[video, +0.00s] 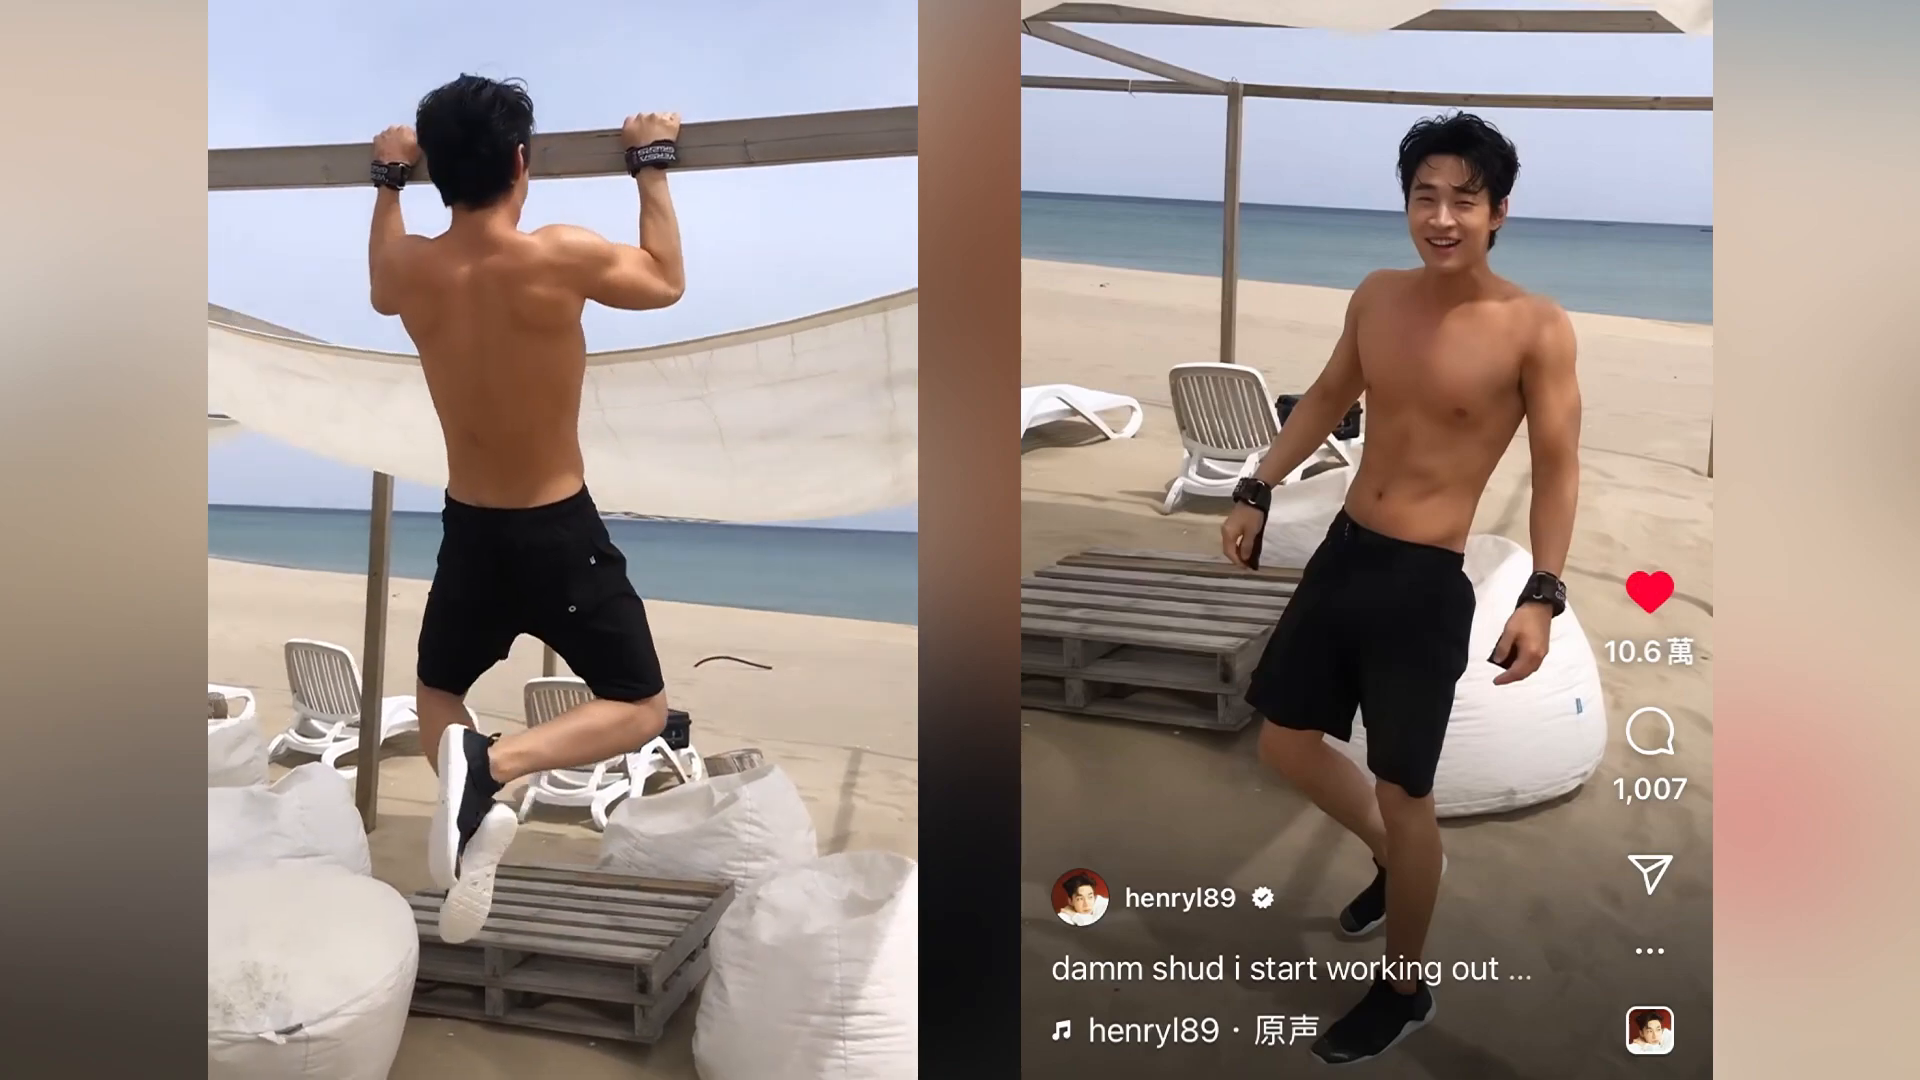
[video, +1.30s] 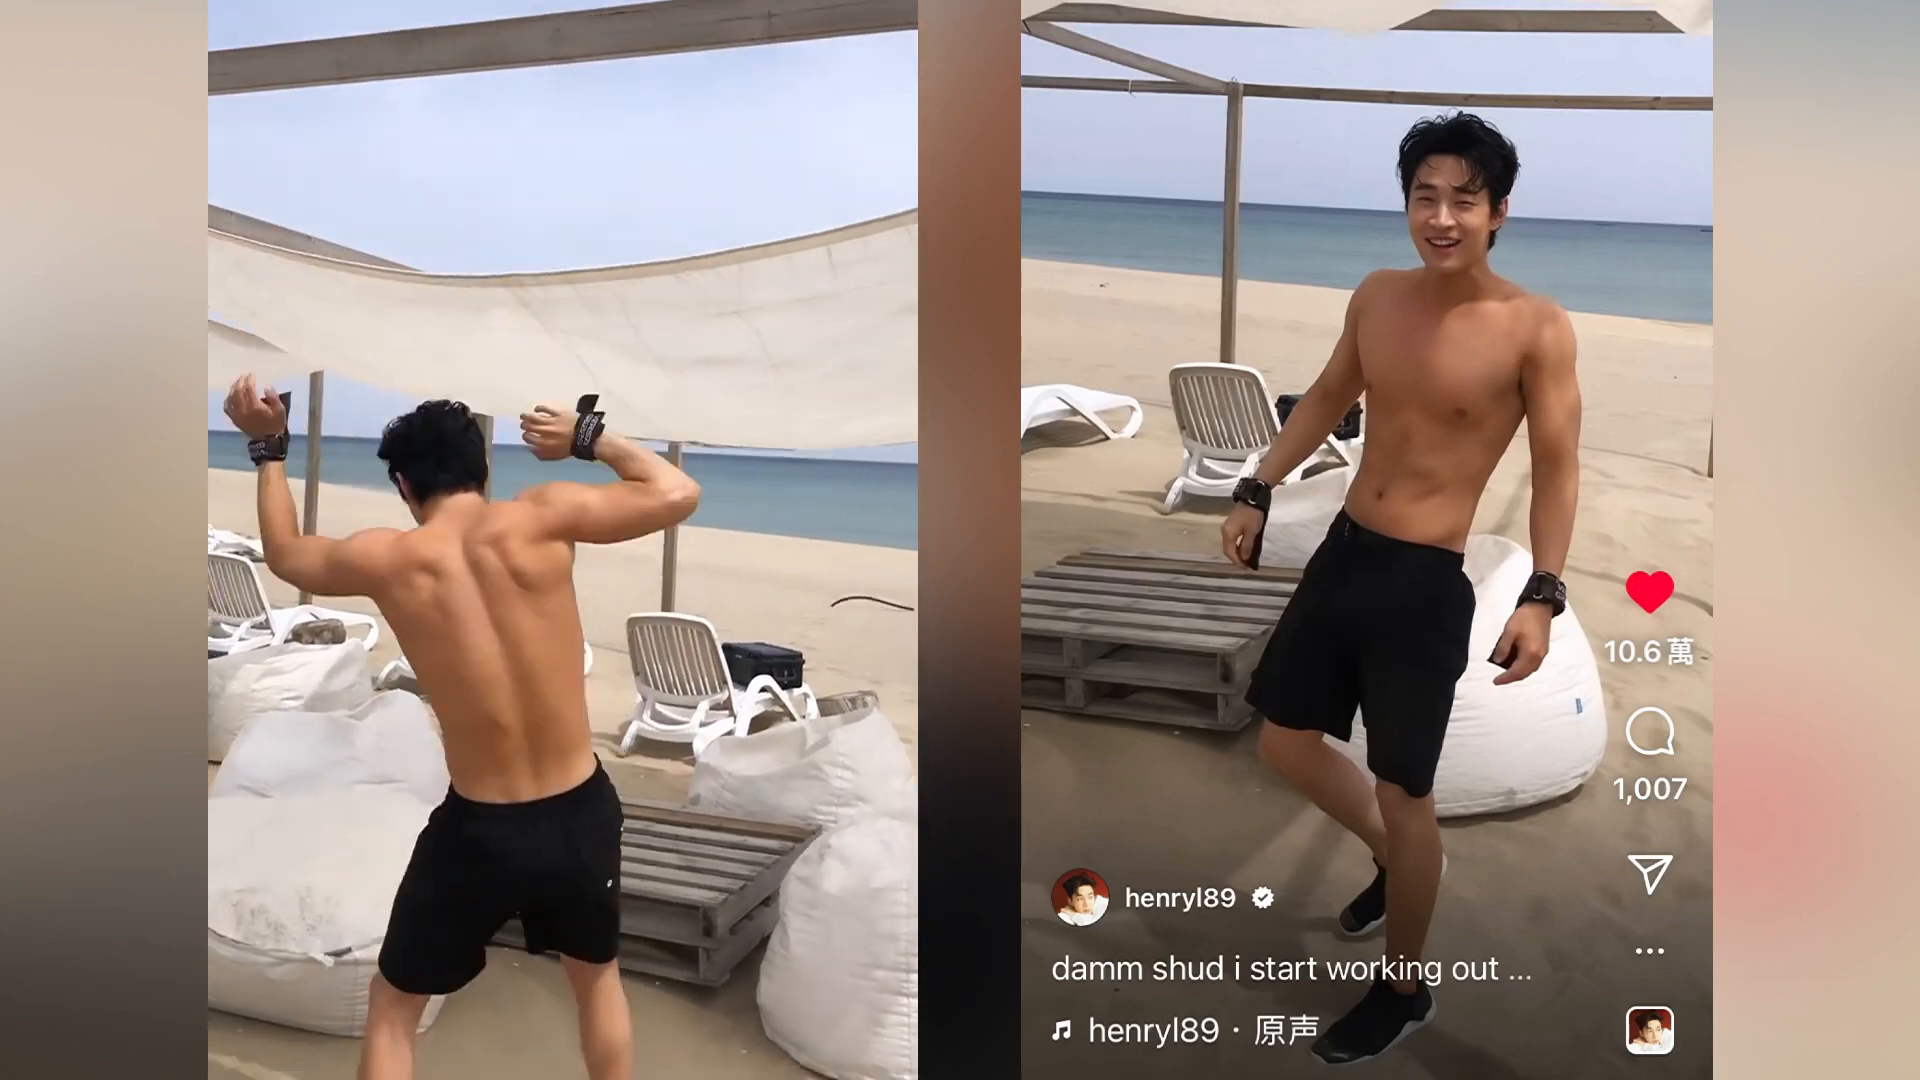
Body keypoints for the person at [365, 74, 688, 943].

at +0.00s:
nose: (532, 158)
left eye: (529, 147)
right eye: (530, 147)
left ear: (434, 176)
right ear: (520, 162)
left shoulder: (410, 266)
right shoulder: (560, 258)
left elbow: (384, 286)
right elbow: (665, 278)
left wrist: (388, 184)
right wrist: (652, 170)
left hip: (470, 537)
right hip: (560, 536)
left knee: (438, 694)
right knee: (639, 708)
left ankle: (474, 834)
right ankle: (493, 764)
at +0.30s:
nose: (539, 233)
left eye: (524, 222)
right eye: (534, 220)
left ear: (453, 245)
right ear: (527, 231)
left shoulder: (427, 332)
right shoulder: (569, 316)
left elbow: (407, 279)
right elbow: (669, 275)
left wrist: (400, 187)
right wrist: (655, 163)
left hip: (482, 595)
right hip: (571, 594)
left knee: (443, 741)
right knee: (644, 762)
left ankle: (459, 908)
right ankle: (541, 907)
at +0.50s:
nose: (540, 246)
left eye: (531, 233)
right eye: (537, 233)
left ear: (452, 254)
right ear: (529, 246)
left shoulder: (429, 339)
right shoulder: (569, 325)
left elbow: (416, 273)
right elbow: (668, 273)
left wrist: (407, 183)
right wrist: (659, 157)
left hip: (475, 614)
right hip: (573, 613)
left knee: (429, 712)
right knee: (691, 734)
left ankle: (439, 878)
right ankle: (629, 911)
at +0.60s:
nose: (536, 240)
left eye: (526, 230)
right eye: (533, 230)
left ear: (445, 253)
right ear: (526, 240)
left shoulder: (421, 334)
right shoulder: (566, 319)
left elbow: (412, 271)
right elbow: (668, 269)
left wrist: (408, 183)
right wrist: (661, 152)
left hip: (469, 614)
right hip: (569, 611)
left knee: (410, 669)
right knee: (705, 686)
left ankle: (425, 834)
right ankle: (704, 876)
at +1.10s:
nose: (468, 227)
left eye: (431, 229)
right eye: (479, 214)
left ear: (408, 244)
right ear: (486, 226)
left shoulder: (384, 318)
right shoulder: (541, 279)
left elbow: (329, 250)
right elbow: (671, 224)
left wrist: (327, 144)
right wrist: (636, 99)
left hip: (469, 591)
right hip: (571, 579)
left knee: (422, 769)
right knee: (620, 738)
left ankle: (395, 960)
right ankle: (656, 917)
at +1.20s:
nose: (491, 335)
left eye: (409, 342)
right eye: (490, 324)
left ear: (405, 345)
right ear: (486, 328)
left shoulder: (390, 419)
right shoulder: (542, 372)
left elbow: (303, 369)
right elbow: (664, 317)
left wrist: (284, 256)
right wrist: (587, 232)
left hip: (474, 690)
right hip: (578, 680)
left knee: (412, 883)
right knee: (603, 848)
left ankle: (387, 1067)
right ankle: (624, 1026)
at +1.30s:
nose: (400, 495)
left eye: (397, 484)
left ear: (405, 486)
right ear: (485, 469)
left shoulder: (386, 559)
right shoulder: (546, 514)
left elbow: (284, 552)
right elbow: (677, 491)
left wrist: (267, 449)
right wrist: (592, 435)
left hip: (477, 837)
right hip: (583, 821)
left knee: (395, 1013)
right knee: (599, 977)